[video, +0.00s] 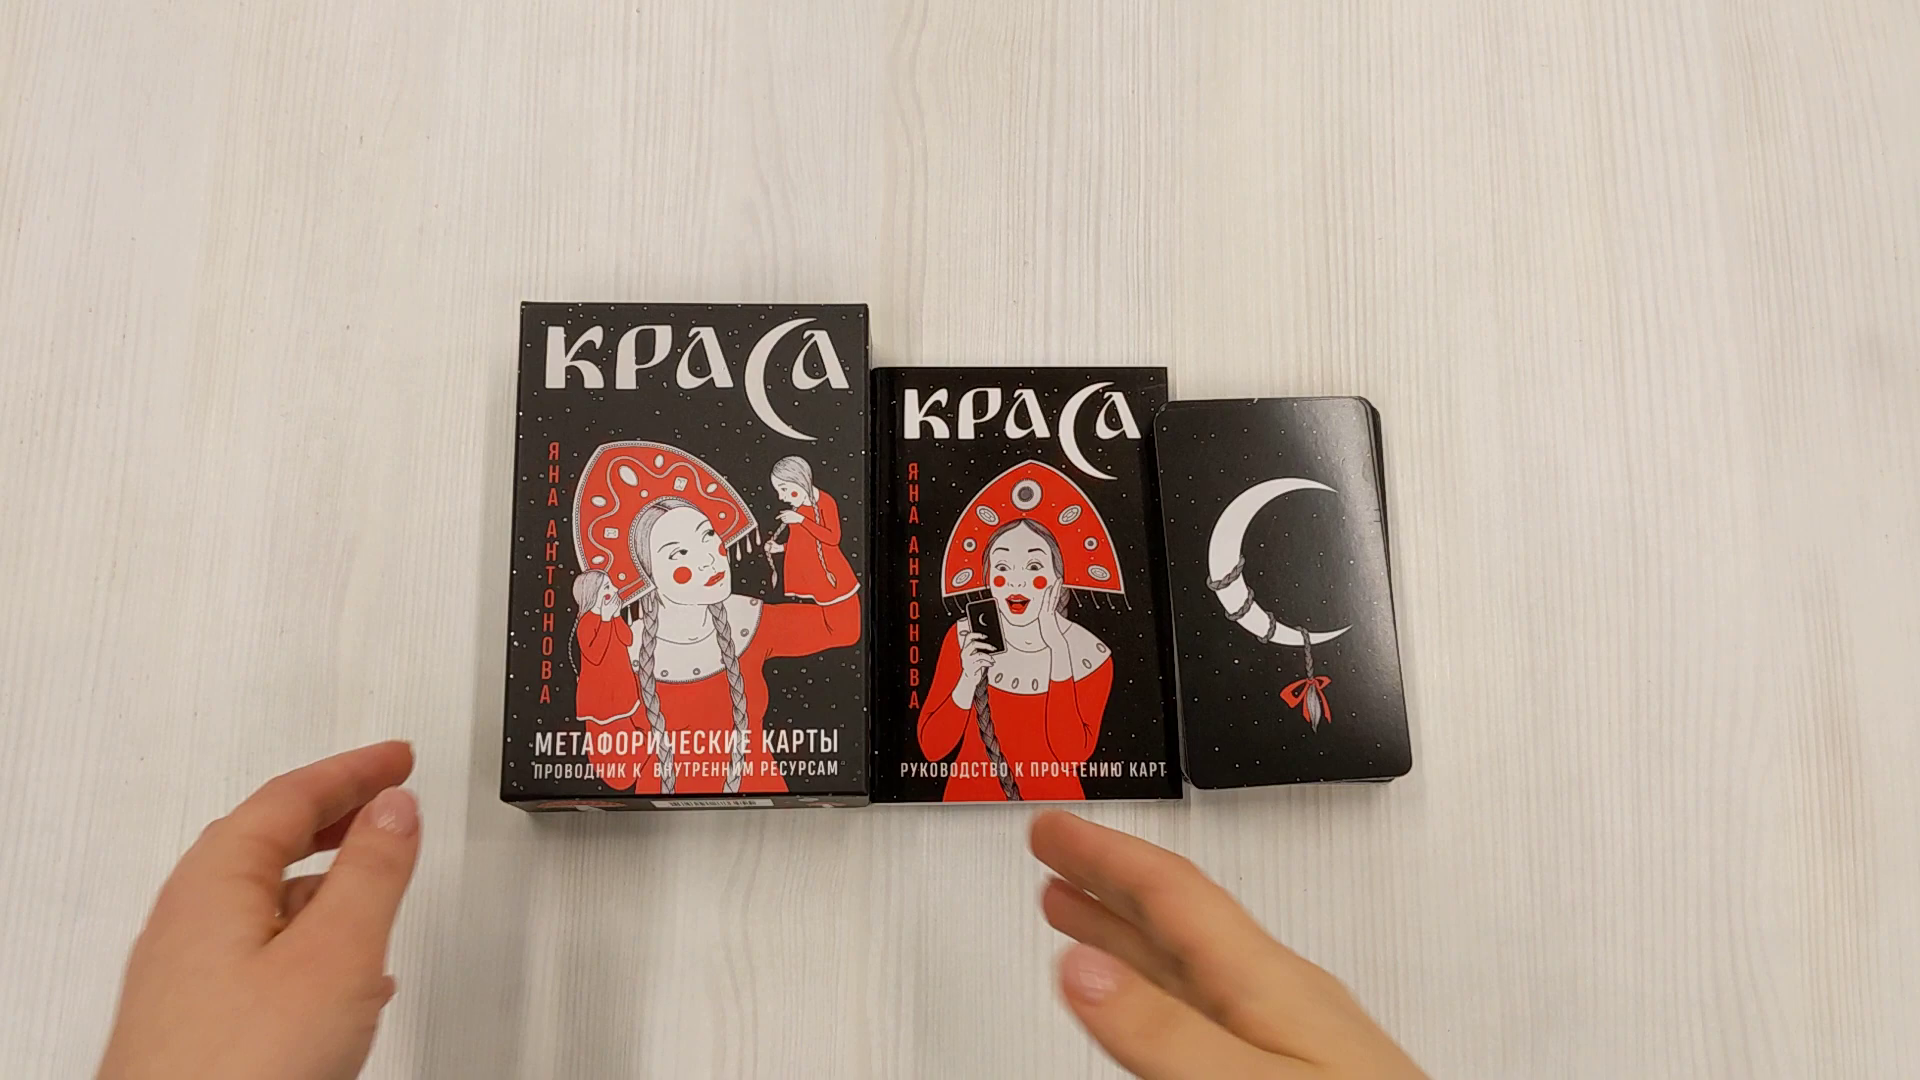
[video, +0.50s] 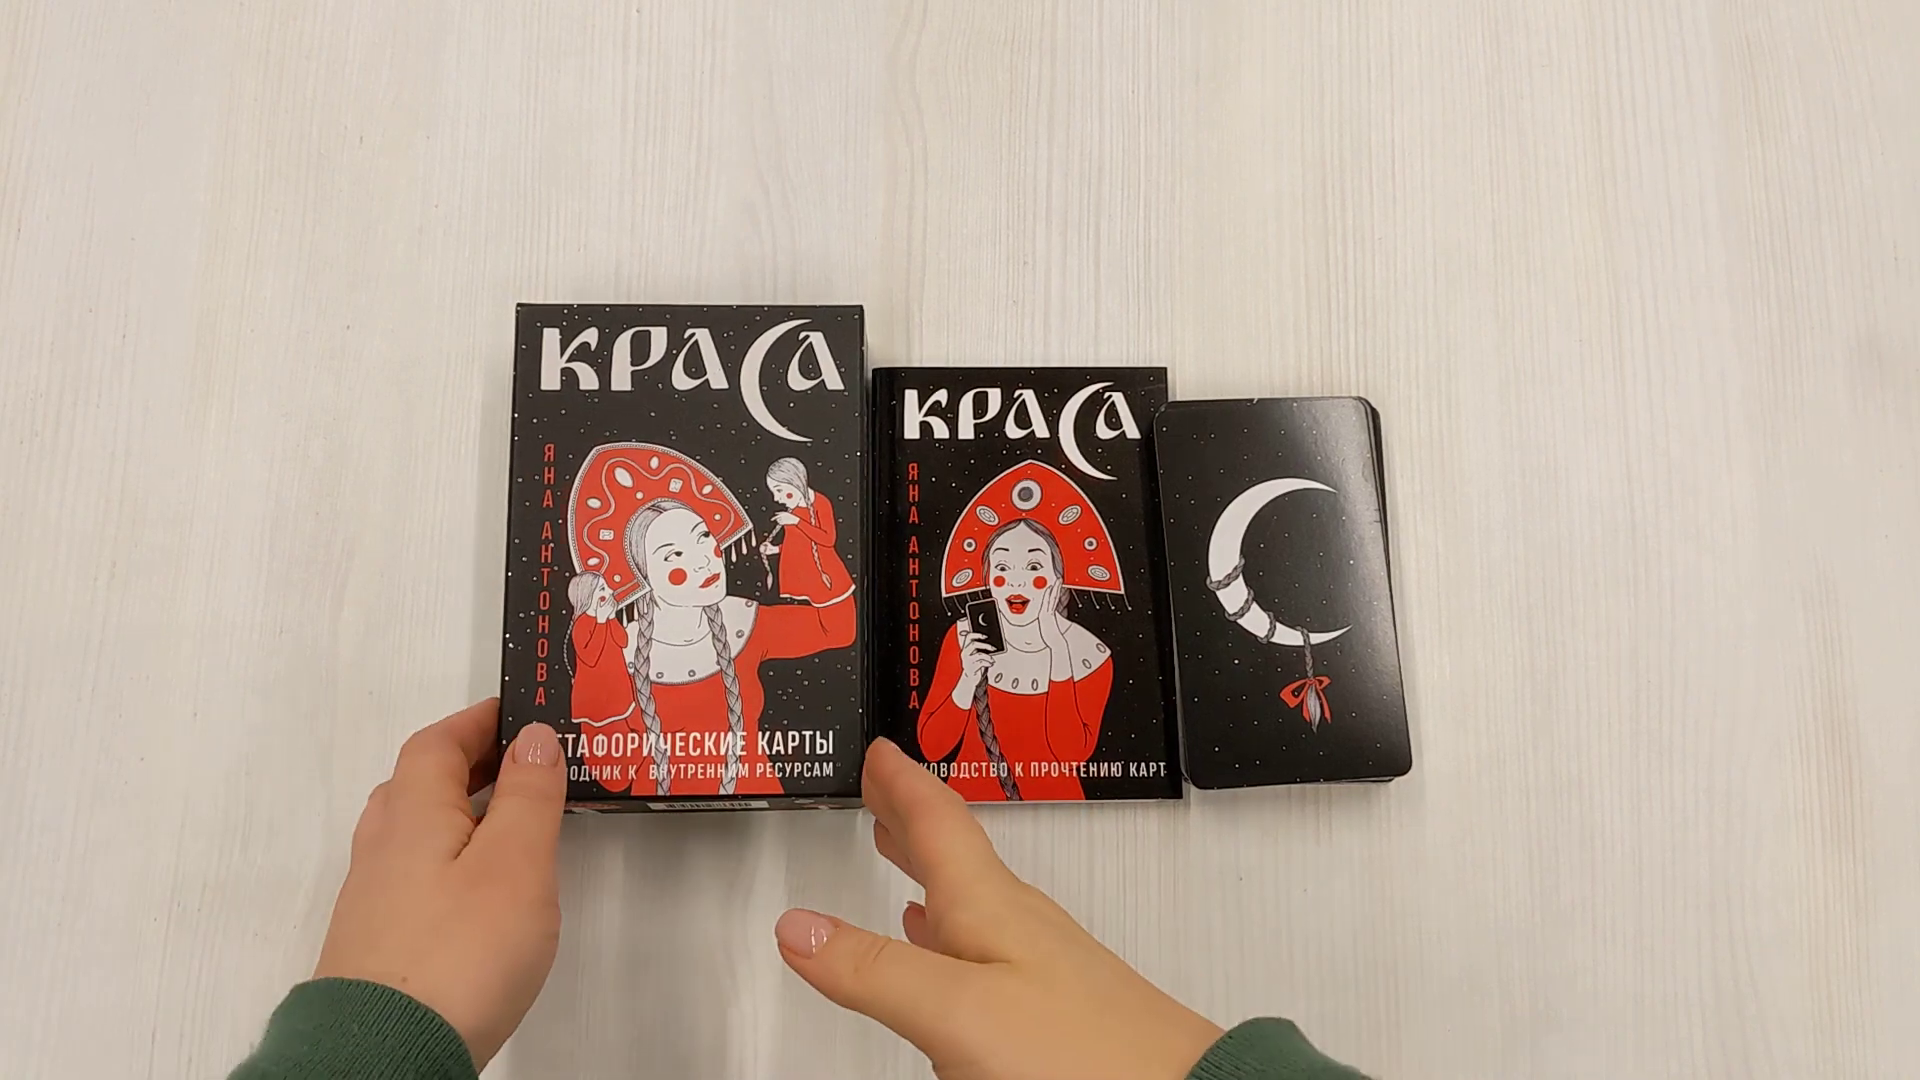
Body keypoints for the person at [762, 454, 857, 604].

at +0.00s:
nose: (781, 497)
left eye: (783, 489)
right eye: (778, 491)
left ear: (799, 481)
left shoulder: (825, 502)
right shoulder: (799, 506)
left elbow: (833, 538)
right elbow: (803, 541)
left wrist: (801, 519)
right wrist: (780, 548)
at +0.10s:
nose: (780, 497)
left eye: (783, 489)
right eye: (777, 491)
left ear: (798, 481)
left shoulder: (824, 502)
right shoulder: (797, 507)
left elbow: (833, 538)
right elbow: (802, 542)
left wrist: (801, 520)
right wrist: (779, 548)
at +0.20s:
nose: (781, 497)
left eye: (783, 489)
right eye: (778, 491)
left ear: (799, 481)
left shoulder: (825, 501)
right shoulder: (798, 506)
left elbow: (833, 538)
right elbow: (803, 542)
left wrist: (801, 519)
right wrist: (780, 548)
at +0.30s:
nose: (781, 497)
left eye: (783, 489)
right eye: (778, 492)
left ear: (799, 481)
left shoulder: (825, 502)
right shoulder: (798, 508)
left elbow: (833, 538)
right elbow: (803, 543)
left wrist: (801, 520)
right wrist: (780, 548)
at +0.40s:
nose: (779, 496)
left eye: (782, 488)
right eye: (777, 491)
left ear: (798, 480)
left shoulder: (824, 501)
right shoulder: (797, 507)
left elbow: (831, 537)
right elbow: (801, 542)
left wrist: (800, 519)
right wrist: (778, 547)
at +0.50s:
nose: (776, 498)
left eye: (779, 490)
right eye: (774, 493)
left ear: (794, 482)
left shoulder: (821, 503)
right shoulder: (793, 508)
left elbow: (829, 539)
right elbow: (798, 543)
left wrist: (797, 521)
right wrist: (776, 549)